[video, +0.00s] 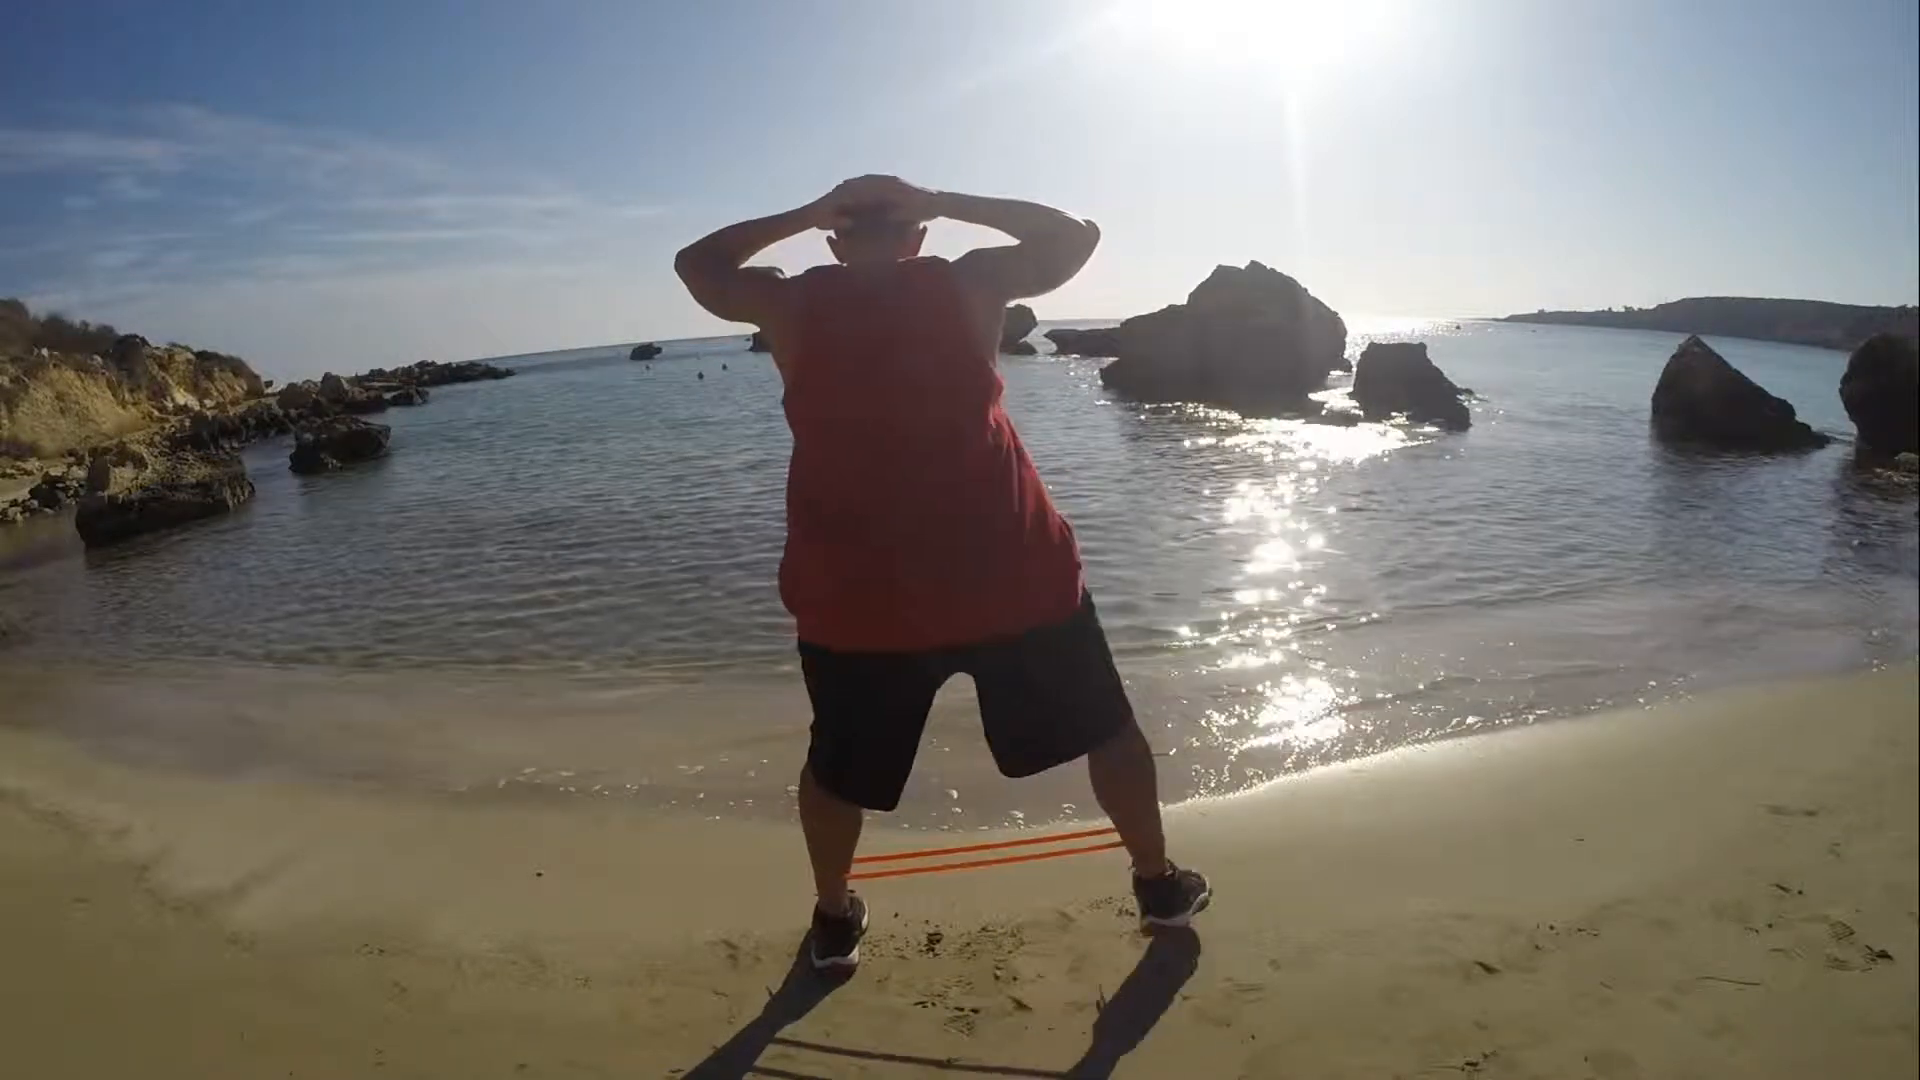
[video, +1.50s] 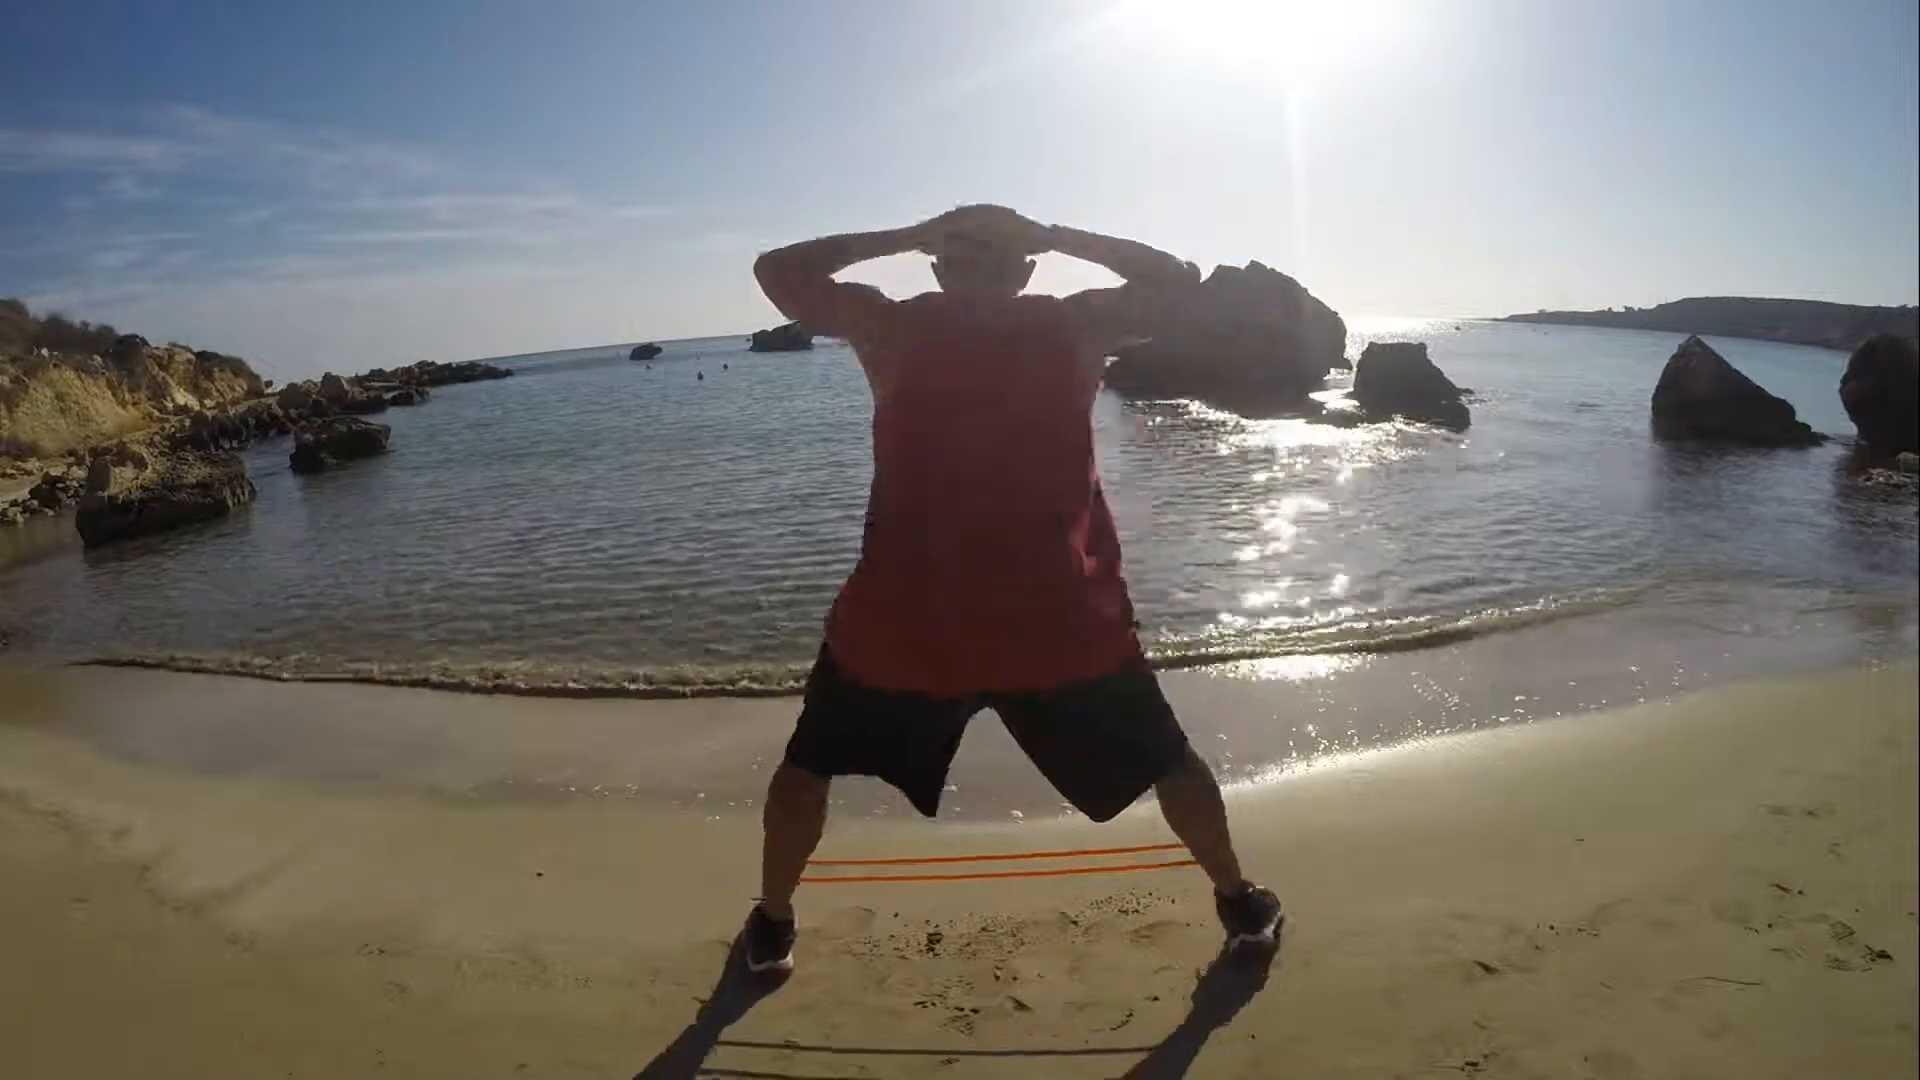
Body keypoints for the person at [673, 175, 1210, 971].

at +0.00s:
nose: (866, 222)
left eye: (857, 214)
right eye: (884, 210)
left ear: (831, 237)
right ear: (918, 233)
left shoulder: (789, 303)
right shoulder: (968, 286)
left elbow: (698, 265)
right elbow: (1072, 236)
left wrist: (807, 214)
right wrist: (939, 201)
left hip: (855, 576)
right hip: (1003, 557)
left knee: (839, 760)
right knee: (1107, 727)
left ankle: (832, 917)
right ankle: (1156, 881)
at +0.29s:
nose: (929, 247)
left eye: (930, 234)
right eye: (934, 232)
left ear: (913, 250)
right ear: (998, 247)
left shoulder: (873, 322)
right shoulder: (1052, 304)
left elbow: (764, 278)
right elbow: (1147, 251)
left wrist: (881, 228)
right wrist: (1019, 217)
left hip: (934, 596)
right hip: (1083, 590)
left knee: (868, 771)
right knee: (1179, 764)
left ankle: (838, 916)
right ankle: (1253, 904)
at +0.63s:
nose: (1107, 230)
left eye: (1104, 216)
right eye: (1105, 215)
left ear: (1080, 228)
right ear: (1157, 221)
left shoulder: (1056, 298)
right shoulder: (1218, 281)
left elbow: (914, 250)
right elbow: (1291, 238)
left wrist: (1039, 207)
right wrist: (1183, 197)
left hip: (1085, 561)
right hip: (1225, 563)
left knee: (1002, 734)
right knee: (1251, 752)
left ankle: (992, 893)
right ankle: (1261, 904)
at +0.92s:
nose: (1146, 245)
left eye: (1145, 230)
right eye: (1148, 229)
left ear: (1128, 239)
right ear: (1209, 237)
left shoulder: (1102, 307)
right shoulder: (1267, 294)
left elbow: (972, 254)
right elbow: (1345, 251)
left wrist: (1096, 213)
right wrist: (1234, 210)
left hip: (1127, 584)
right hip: (1258, 582)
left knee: (1083, 752)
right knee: (1271, 751)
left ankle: (1105, 907)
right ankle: (1265, 905)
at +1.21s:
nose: (1135, 258)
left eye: (1126, 244)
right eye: (1150, 245)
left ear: (1107, 254)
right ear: (1184, 253)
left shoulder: (1068, 315)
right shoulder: (1238, 311)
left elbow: (943, 262)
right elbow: (1316, 269)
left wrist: (1077, 228)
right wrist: (1208, 229)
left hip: (1058, 572)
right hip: (1201, 586)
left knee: (909, 726)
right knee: (1240, 748)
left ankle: (822, 881)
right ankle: (1257, 907)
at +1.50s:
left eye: (961, 247)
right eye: (999, 247)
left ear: (942, 260)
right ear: (1025, 263)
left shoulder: (891, 327)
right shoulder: (1072, 325)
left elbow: (779, 269)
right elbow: (1179, 279)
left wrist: (908, 236)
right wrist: (1057, 236)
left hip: (907, 607)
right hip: (1055, 607)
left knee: (807, 764)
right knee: (1169, 758)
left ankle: (769, 926)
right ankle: (1238, 903)